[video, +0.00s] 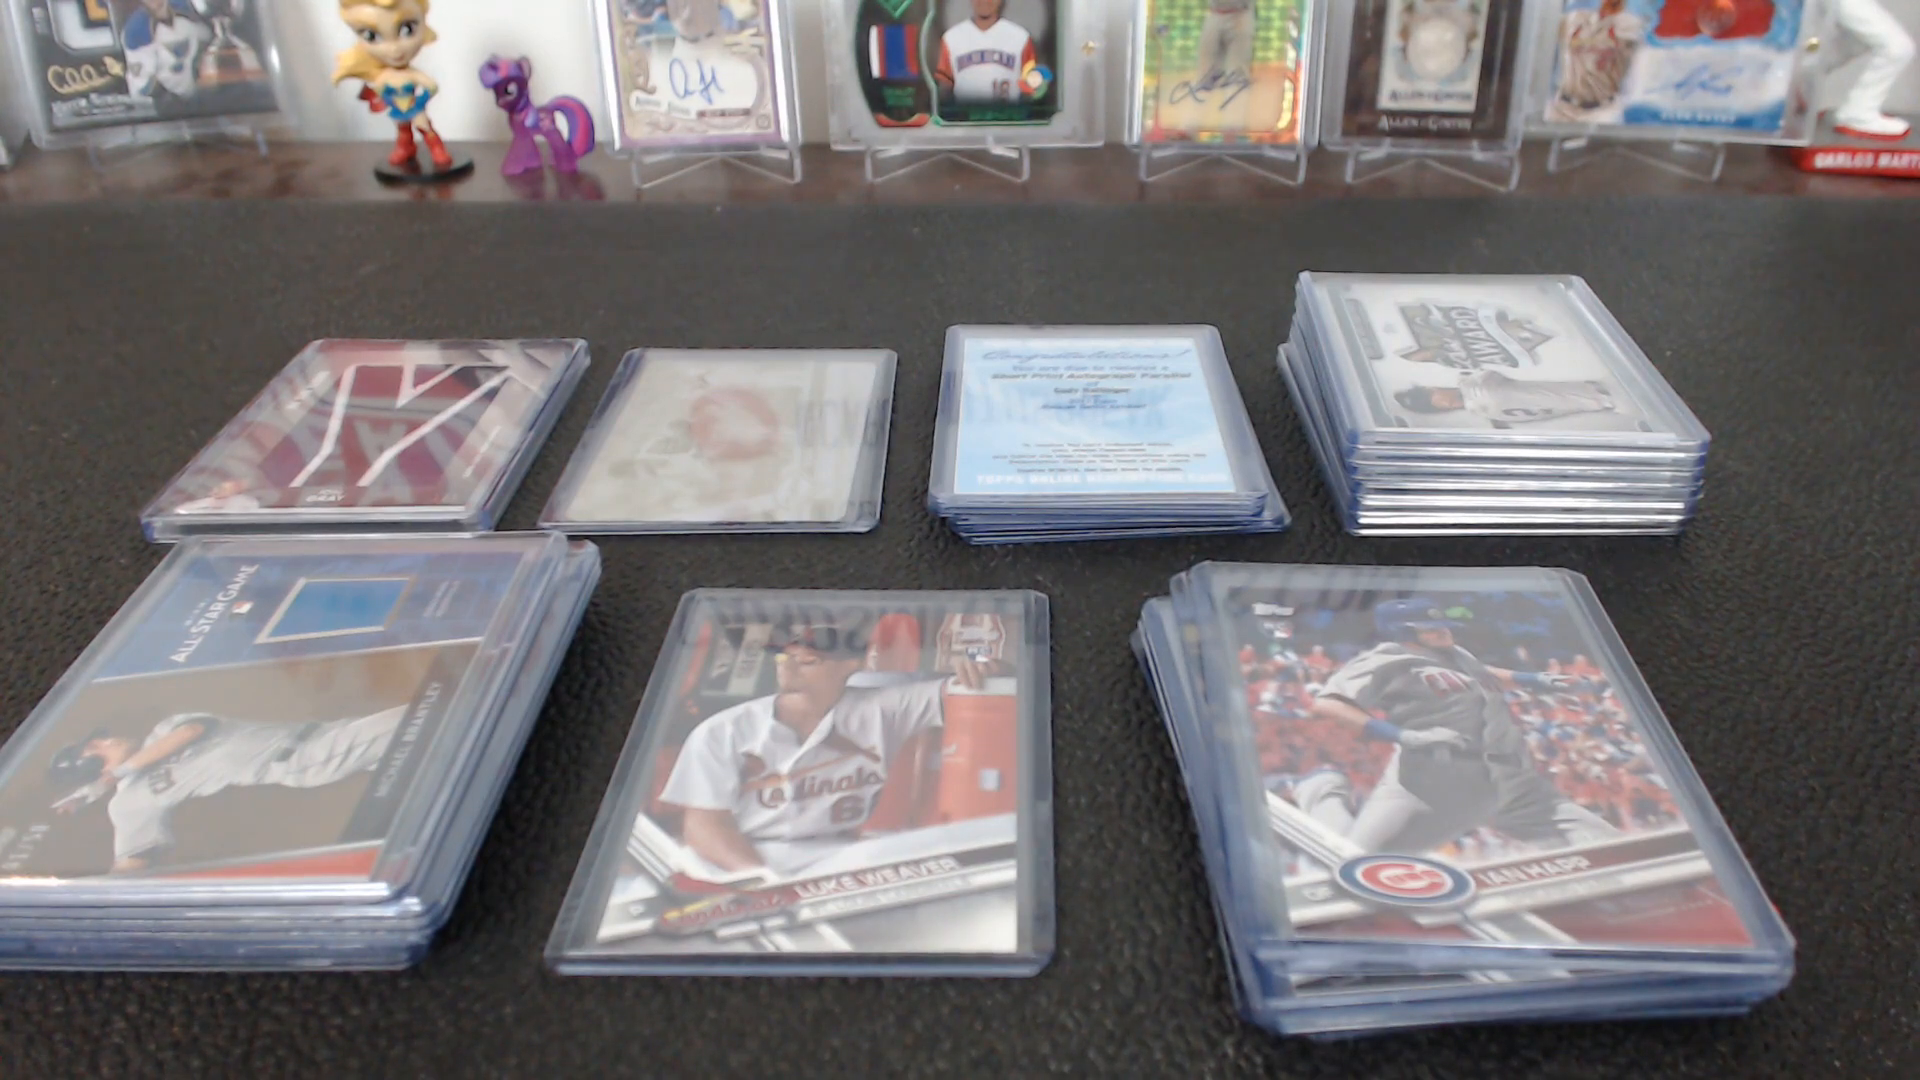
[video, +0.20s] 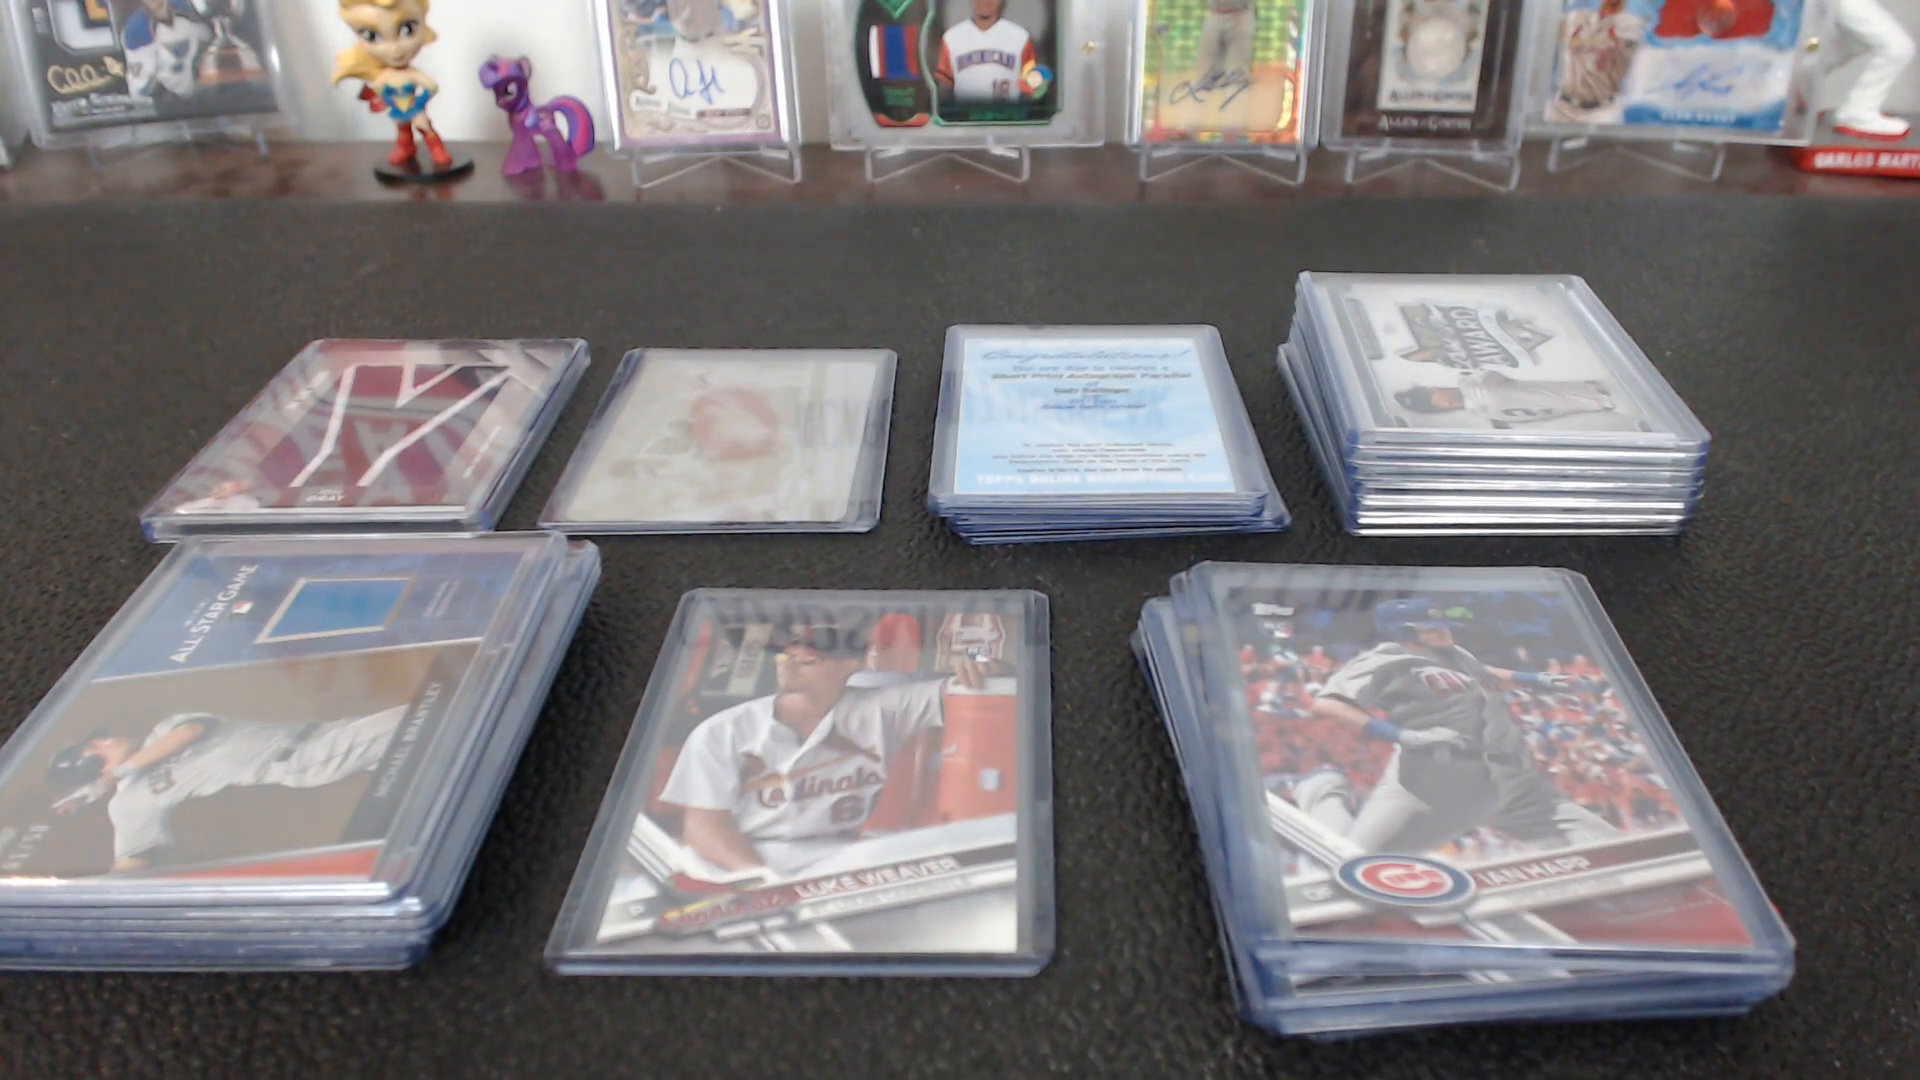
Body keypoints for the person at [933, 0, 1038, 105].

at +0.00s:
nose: (983, 2)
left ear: (1000, 2)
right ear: (971, 2)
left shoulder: (1020, 37)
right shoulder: (951, 37)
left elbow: (1030, 80)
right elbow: (944, 79)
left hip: (1009, 120)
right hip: (965, 119)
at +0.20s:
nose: (983, 2)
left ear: (1000, 2)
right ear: (971, 2)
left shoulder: (1020, 36)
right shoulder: (951, 37)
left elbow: (1030, 80)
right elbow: (944, 78)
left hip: (1009, 119)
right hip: (966, 119)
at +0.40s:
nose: (984, 2)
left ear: (1000, 2)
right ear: (971, 2)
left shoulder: (1020, 37)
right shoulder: (951, 37)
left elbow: (1030, 81)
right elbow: (944, 78)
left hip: (1009, 120)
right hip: (965, 119)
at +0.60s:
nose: (984, 2)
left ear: (1001, 2)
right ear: (971, 2)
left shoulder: (1020, 37)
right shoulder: (951, 38)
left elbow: (1029, 80)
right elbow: (944, 78)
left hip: (1009, 121)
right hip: (965, 119)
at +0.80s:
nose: (984, 2)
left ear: (1000, 2)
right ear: (971, 2)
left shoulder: (1020, 37)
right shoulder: (950, 38)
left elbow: (1029, 81)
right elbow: (944, 78)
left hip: (1009, 121)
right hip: (965, 120)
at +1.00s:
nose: (984, 2)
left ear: (1000, 2)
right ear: (971, 2)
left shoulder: (1020, 37)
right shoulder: (950, 38)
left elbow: (1029, 81)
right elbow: (944, 78)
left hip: (1008, 121)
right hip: (965, 120)